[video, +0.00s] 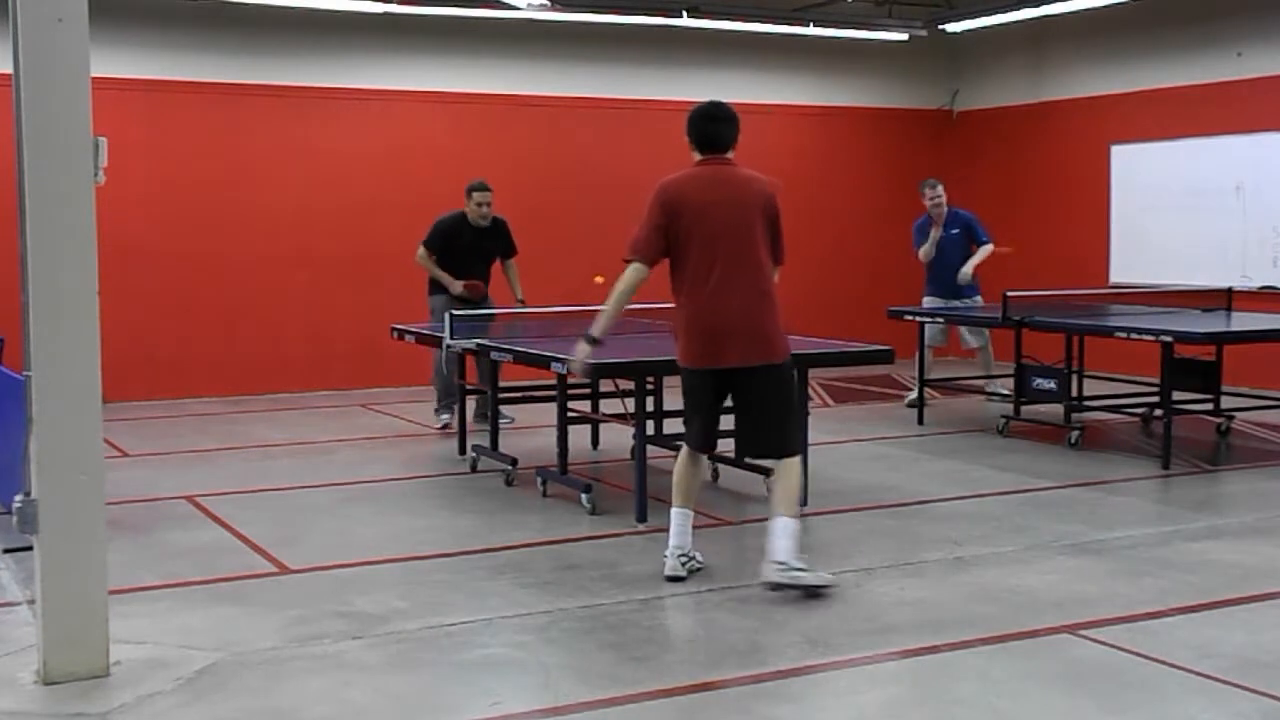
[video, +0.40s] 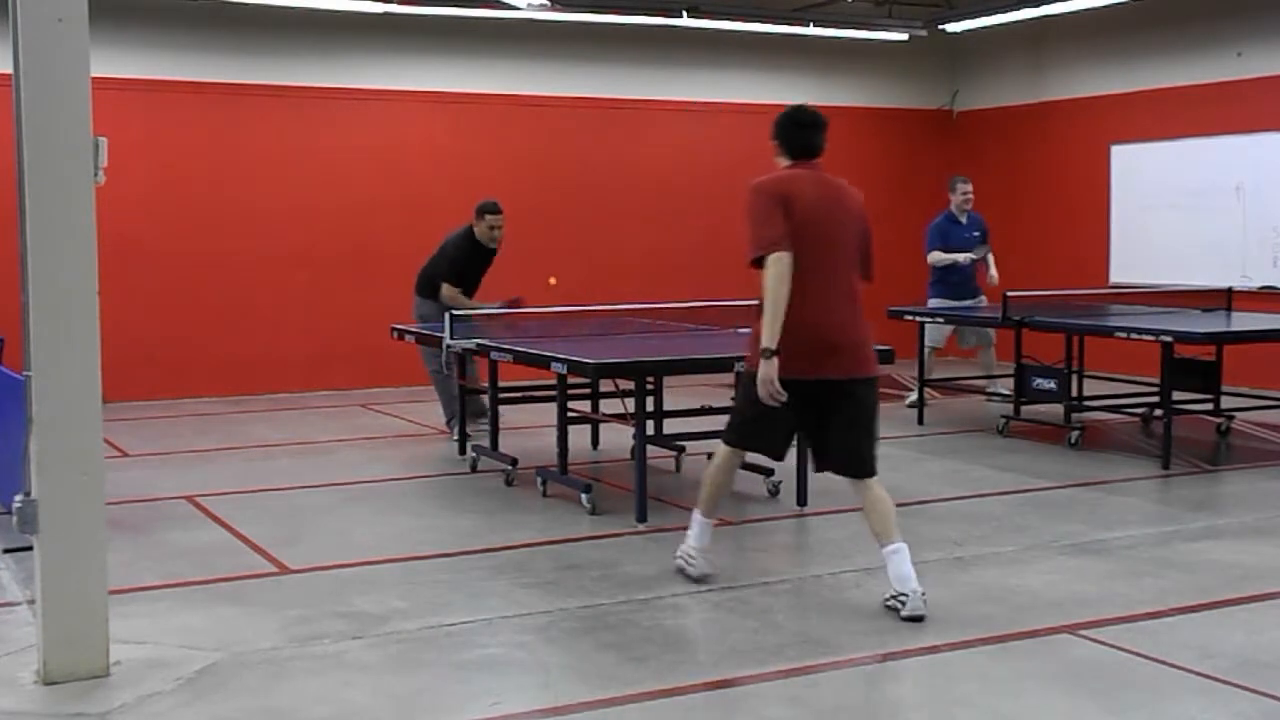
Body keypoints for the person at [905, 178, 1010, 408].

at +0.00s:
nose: (936, 202)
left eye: (939, 197)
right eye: (931, 199)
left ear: (945, 196)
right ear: (924, 202)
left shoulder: (964, 219)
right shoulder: (921, 226)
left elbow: (987, 245)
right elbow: (923, 257)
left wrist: (970, 265)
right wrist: (933, 238)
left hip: (967, 293)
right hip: (936, 294)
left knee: (982, 341)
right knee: (926, 343)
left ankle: (991, 383)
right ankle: (920, 388)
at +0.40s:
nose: (969, 198)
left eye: (971, 194)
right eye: (964, 194)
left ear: (974, 196)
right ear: (952, 196)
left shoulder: (977, 222)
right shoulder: (939, 226)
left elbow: (986, 249)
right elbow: (932, 257)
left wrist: (992, 268)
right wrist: (956, 258)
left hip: (973, 294)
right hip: (943, 297)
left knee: (987, 340)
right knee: (930, 346)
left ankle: (992, 384)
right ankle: (920, 389)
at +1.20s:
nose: (952, 205)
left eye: (955, 200)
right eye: (947, 201)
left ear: (963, 199)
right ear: (941, 204)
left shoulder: (980, 224)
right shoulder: (940, 226)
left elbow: (1003, 251)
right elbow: (934, 255)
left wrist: (985, 270)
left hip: (981, 295)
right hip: (953, 296)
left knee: (997, 341)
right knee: (952, 341)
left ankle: (1007, 383)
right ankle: (951, 386)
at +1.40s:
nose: (963, 196)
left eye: (966, 192)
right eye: (958, 192)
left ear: (969, 193)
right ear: (947, 194)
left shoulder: (977, 222)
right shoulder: (943, 222)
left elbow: (989, 252)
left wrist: (981, 273)